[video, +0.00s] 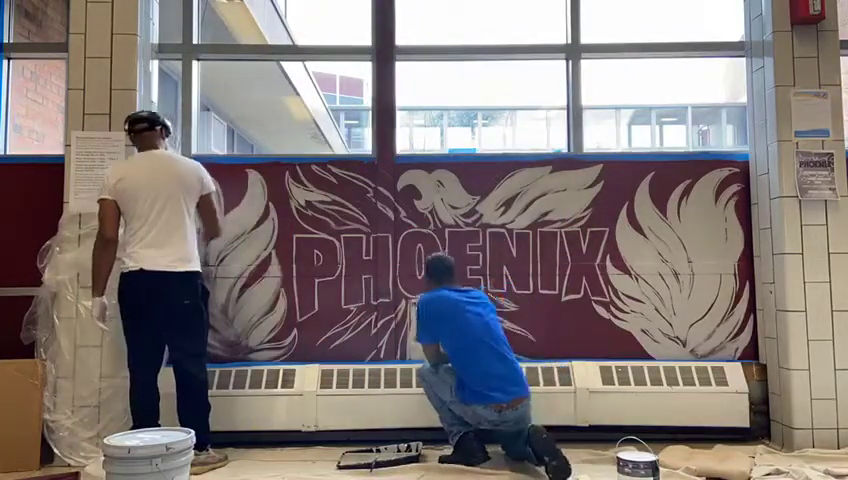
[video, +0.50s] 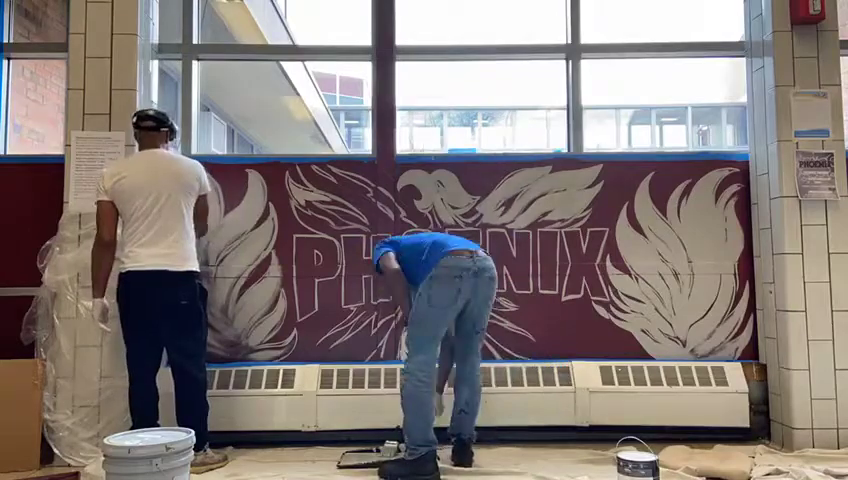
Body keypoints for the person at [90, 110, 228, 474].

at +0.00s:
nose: (165, 144)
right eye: (166, 138)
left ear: (132, 140)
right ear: (164, 136)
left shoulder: (117, 174)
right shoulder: (193, 169)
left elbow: (107, 237)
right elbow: (213, 228)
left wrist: (97, 294)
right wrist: (193, 230)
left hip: (137, 286)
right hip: (183, 285)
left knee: (143, 371)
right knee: (190, 367)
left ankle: (145, 453)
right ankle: (198, 448)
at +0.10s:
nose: (165, 142)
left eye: (156, 135)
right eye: (166, 136)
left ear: (133, 137)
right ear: (164, 136)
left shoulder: (113, 175)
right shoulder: (189, 168)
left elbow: (103, 240)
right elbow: (213, 221)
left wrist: (95, 295)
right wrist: (198, 193)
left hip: (134, 285)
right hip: (179, 283)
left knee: (141, 369)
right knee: (188, 366)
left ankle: (145, 452)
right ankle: (197, 448)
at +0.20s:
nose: (166, 141)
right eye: (166, 136)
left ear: (132, 137)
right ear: (164, 135)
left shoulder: (114, 175)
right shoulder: (190, 166)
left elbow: (105, 239)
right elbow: (215, 215)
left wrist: (96, 295)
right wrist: (201, 183)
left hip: (134, 285)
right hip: (180, 283)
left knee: (141, 371)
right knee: (189, 367)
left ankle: (145, 453)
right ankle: (197, 449)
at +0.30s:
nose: (153, 142)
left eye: (137, 138)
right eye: (160, 136)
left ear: (130, 140)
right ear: (161, 134)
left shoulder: (115, 175)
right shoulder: (190, 166)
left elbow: (108, 240)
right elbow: (211, 217)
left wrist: (101, 296)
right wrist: (188, 193)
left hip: (137, 285)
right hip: (182, 283)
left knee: (143, 370)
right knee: (190, 367)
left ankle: (145, 452)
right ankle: (197, 448)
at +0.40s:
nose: (155, 141)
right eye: (158, 135)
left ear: (126, 140)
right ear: (159, 133)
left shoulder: (112, 177)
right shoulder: (189, 166)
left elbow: (105, 241)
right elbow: (207, 219)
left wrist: (100, 296)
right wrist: (187, 191)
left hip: (134, 285)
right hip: (180, 283)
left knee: (141, 372)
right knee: (189, 368)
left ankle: (144, 453)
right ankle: (196, 450)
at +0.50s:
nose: (168, 143)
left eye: (155, 135)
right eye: (169, 137)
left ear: (136, 136)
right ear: (169, 137)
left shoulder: (115, 173)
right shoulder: (192, 169)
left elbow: (106, 239)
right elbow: (201, 227)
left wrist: (98, 295)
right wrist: (170, 231)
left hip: (135, 284)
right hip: (182, 283)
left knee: (141, 372)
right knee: (189, 368)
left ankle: (144, 453)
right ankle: (196, 450)